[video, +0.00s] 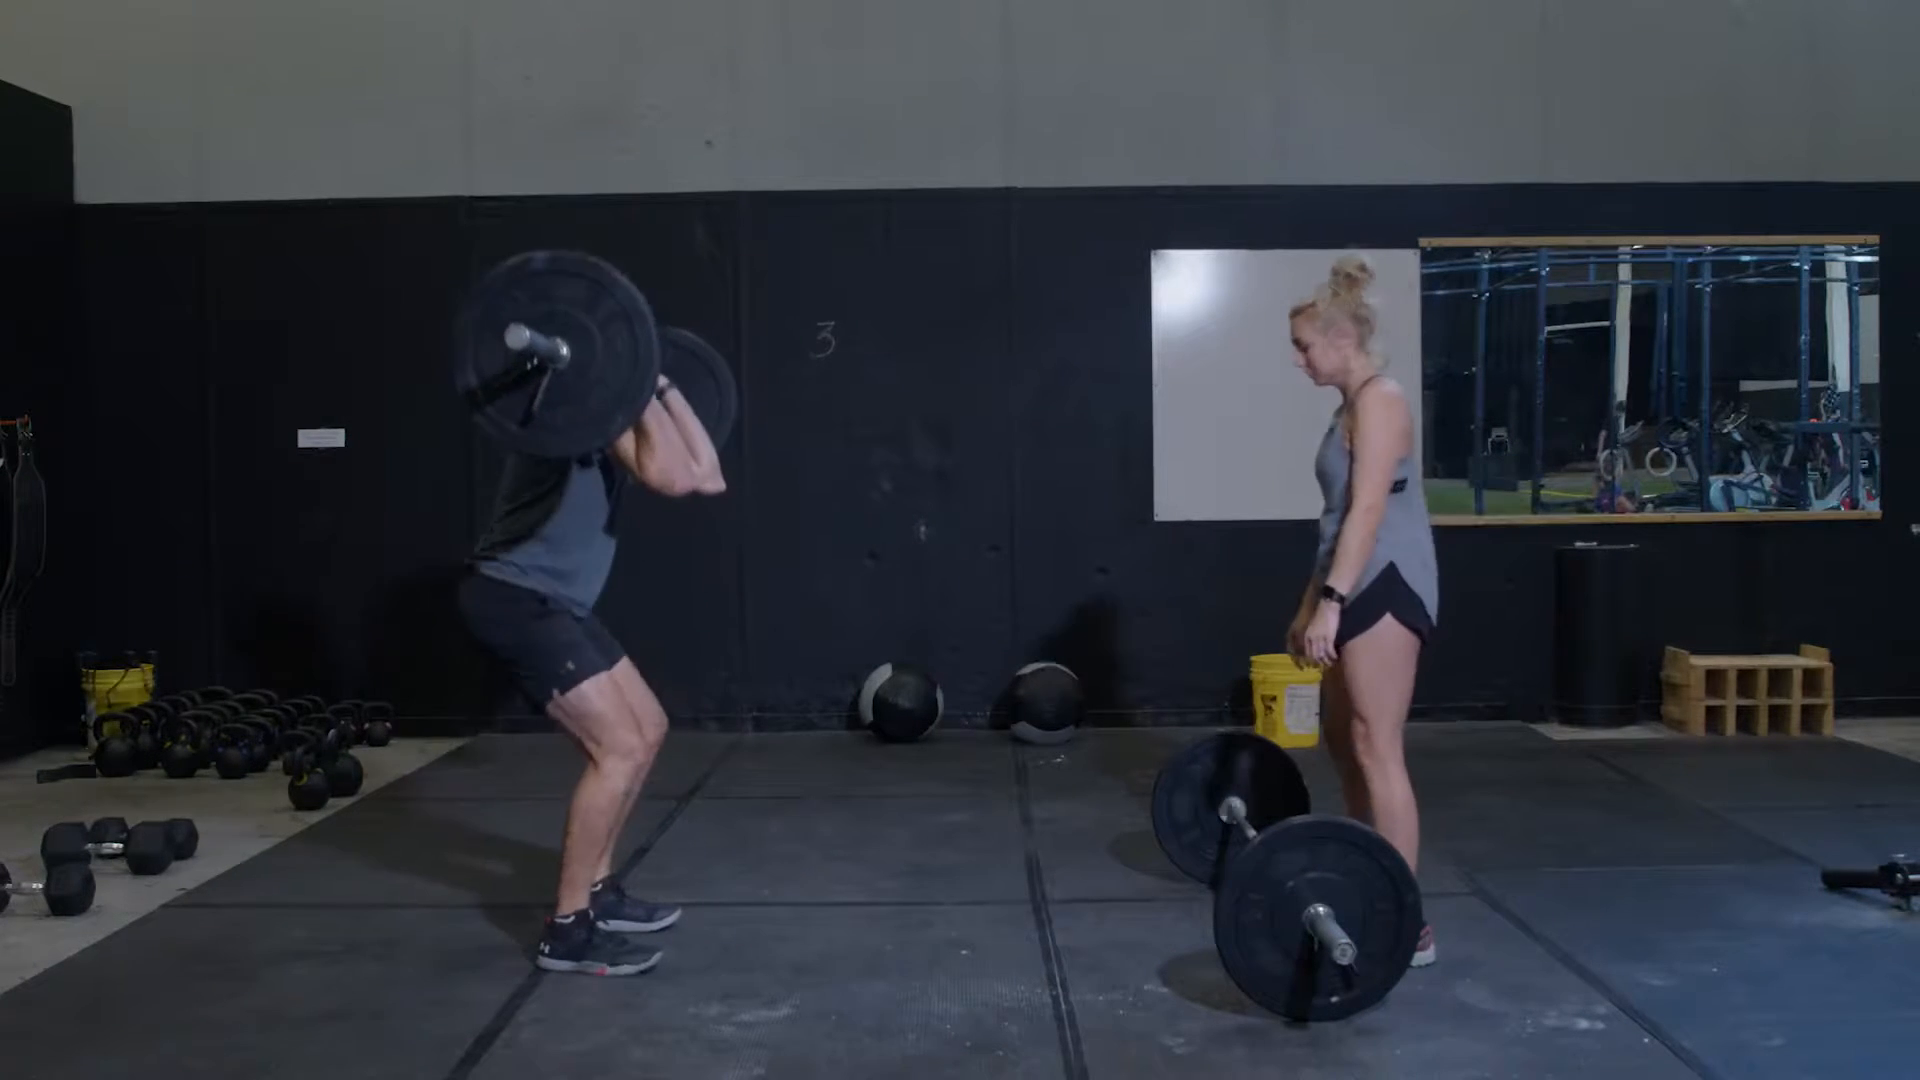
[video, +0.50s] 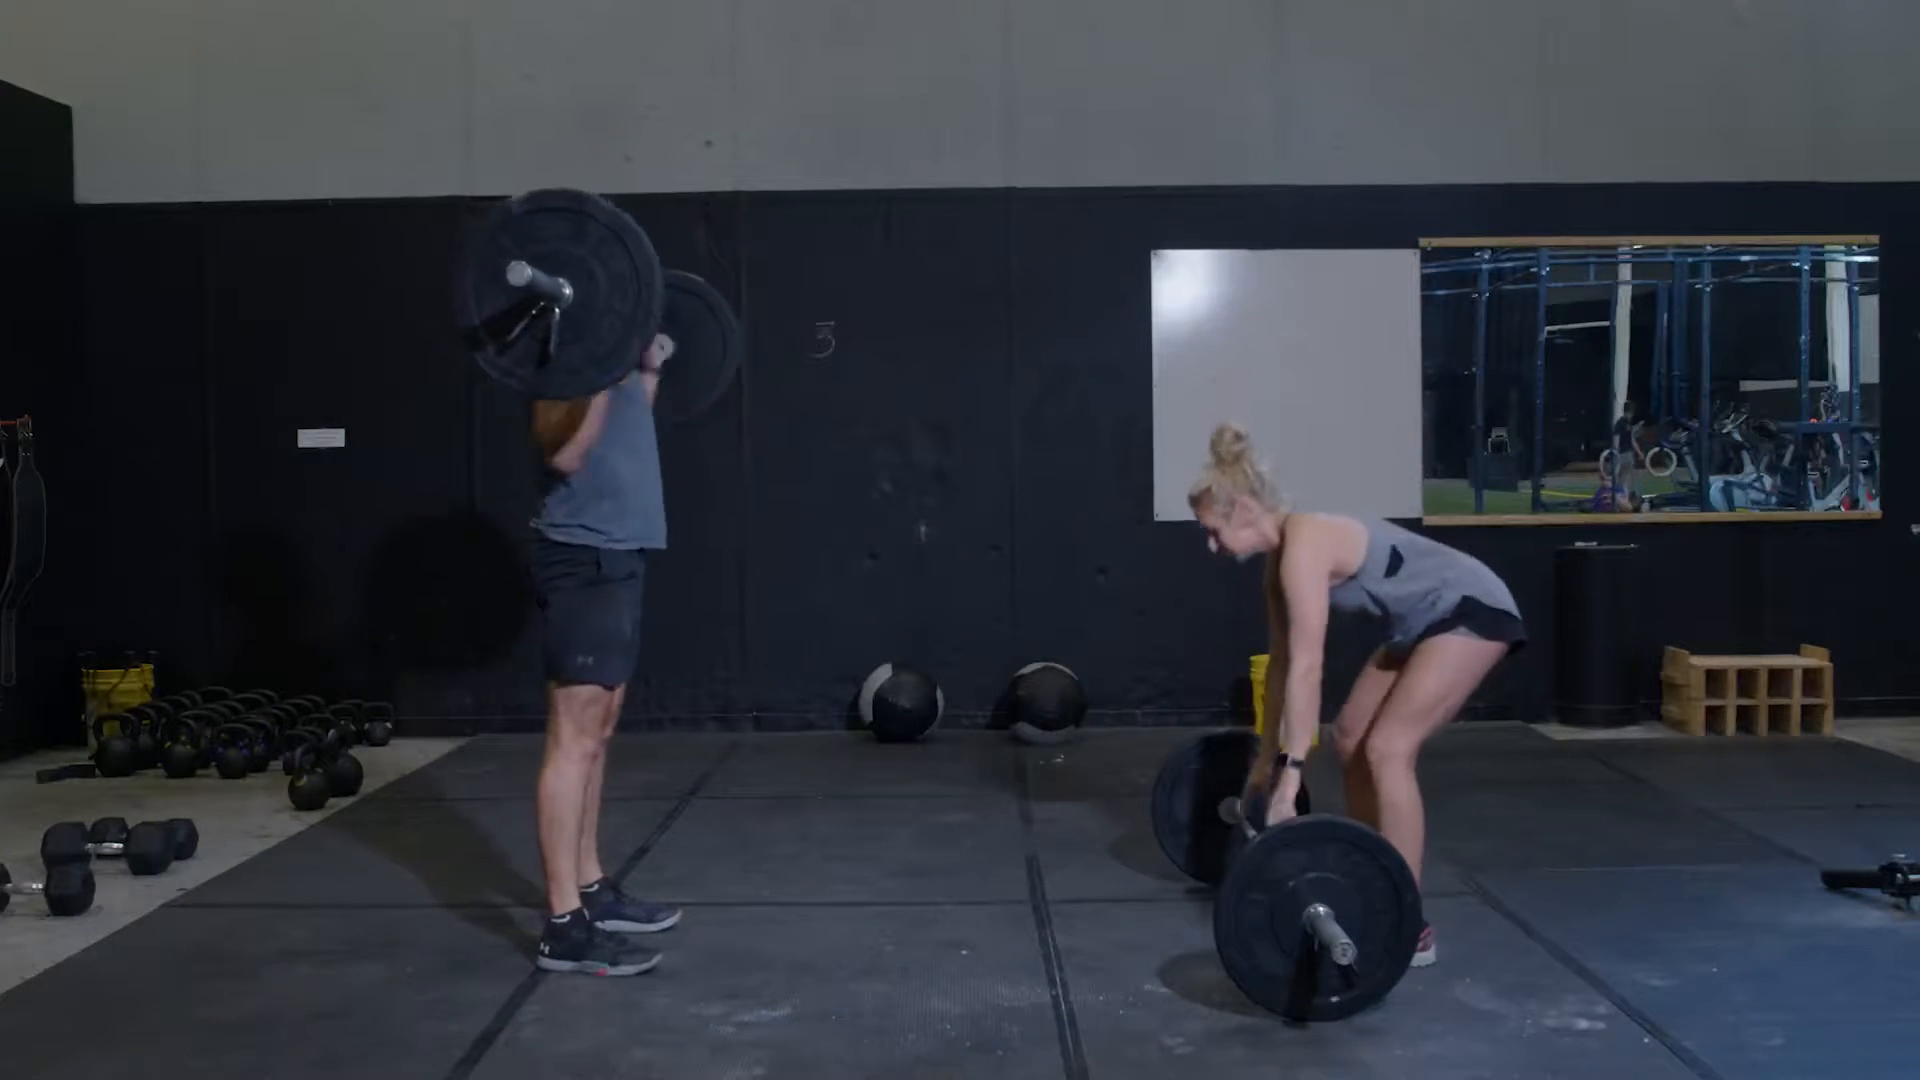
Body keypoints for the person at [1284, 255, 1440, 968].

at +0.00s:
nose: (1299, 359)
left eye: (1305, 345)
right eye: (1296, 348)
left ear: (1345, 338)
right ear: (1332, 343)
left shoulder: (1379, 402)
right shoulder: (1352, 410)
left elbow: (1369, 512)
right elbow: (1342, 521)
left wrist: (1331, 599)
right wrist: (1312, 607)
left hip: (1387, 586)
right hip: (1357, 587)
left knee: (1378, 750)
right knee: (1348, 744)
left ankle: (1404, 919)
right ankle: (1369, 901)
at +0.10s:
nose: (1279, 379)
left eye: (1282, 365)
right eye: (1274, 369)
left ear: (1318, 347)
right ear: (1312, 350)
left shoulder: (1364, 405)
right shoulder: (1337, 417)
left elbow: (1361, 519)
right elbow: (1332, 528)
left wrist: (1334, 612)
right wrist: (1308, 618)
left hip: (1401, 588)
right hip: (1365, 591)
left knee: (1382, 748)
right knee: (1348, 743)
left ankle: (1402, 919)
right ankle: (1370, 903)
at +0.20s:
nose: (1254, 410)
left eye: (1255, 395)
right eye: (1247, 400)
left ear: (1290, 370)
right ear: (1280, 379)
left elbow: (1351, 534)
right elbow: (1317, 547)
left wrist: (1333, 633)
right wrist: (1303, 639)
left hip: (1428, 593)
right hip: (1375, 604)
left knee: (1387, 743)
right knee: (1360, 748)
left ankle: (1405, 919)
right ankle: (1370, 906)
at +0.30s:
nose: (1235, 453)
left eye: (1236, 439)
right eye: (1228, 443)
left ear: (1266, 415)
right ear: (1259, 418)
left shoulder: (1327, 457)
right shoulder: (1295, 476)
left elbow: (1336, 573)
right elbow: (1303, 578)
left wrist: (1328, 673)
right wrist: (1299, 673)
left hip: (1448, 595)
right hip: (1395, 606)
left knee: (1396, 743)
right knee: (1360, 739)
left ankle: (1407, 921)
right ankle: (1369, 901)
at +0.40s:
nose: (1221, 503)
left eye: (1219, 489)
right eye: (1214, 493)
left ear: (1250, 462)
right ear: (1241, 471)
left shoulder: (1312, 500)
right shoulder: (1285, 519)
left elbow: (1322, 619)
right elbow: (1290, 623)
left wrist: (1314, 724)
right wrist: (1282, 718)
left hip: (1465, 600)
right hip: (1410, 611)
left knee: (1398, 746)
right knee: (1360, 739)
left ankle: (1408, 923)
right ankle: (1372, 899)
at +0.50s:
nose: (1212, 547)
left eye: (1214, 532)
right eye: (1207, 535)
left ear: (1244, 509)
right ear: (1243, 512)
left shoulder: (1303, 548)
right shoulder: (1280, 561)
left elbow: (1306, 667)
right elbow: (1280, 669)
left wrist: (1291, 771)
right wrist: (1269, 758)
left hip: (1473, 612)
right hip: (1420, 623)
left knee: (1388, 749)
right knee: (1351, 739)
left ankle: (1407, 924)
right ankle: (1368, 901)